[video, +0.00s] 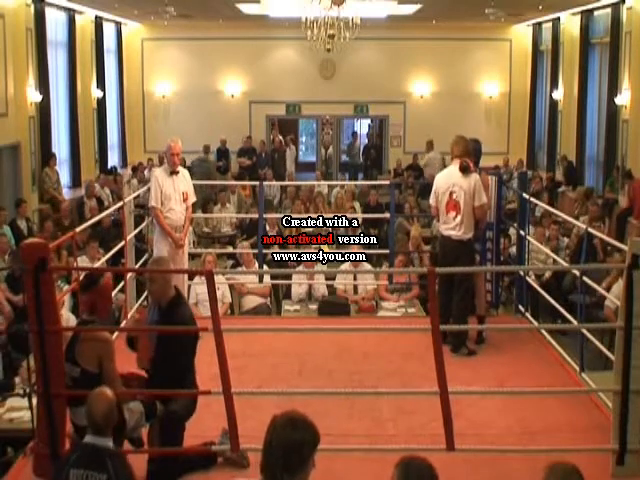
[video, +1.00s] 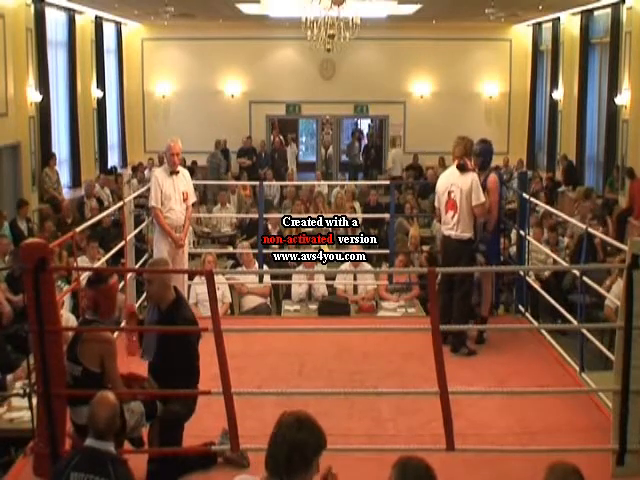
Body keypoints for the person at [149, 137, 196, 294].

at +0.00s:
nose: (176, 159)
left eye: (178, 155)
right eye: (172, 155)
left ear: (181, 155)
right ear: (166, 156)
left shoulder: (184, 174)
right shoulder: (158, 174)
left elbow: (189, 204)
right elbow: (154, 208)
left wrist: (184, 233)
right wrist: (171, 235)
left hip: (182, 226)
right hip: (164, 225)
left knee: (182, 267)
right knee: (163, 265)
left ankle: (181, 301)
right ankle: (162, 303)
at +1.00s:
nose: (175, 159)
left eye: (178, 155)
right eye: (172, 155)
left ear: (181, 155)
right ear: (165, 156)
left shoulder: (185, 174)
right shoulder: (158, 174)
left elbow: (189, 204)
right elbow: (154, 208)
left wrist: (184, 232)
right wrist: (171, 234)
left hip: (182, 226)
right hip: (164, 225)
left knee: (181, 268)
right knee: (163, 266)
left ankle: (181, 301)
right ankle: (162, 303)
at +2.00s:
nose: (176, 158)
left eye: (179, 154)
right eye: (172, 154)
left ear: (182, 155)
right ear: (166, 155)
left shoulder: (185, 173)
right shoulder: (158, 174)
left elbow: (190, 204)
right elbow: (155, 208)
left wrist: (184, 233)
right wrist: (172, 235)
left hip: (182, 227)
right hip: (164, 226)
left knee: (181, 269)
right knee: (164, 268)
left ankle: (181, 304)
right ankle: (163, 305)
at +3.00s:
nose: (176, 159)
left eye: (179, 155)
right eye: (172, 155)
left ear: (182, 155)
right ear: (166, 156)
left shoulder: (185, 174)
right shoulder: (158, 175)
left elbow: (189, 204)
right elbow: (156, 209)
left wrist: (184, 233)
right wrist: (172, 235)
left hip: (182, 227)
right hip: (164, 226)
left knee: (181, 270)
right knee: (163, 269)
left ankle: (181, 305)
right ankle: (163, 307)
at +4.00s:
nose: (180, 158)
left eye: (182, 154)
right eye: (177, 154)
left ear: (184, 156)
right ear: (168, 156)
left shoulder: (184, 172)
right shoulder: (158, 174)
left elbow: (188, 202)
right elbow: (164, 205)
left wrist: (185, 234)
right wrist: (184, 220)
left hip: (181, 228)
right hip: (165, 227)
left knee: (181, 269)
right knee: (163, 268)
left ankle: (181, 307)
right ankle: (163, 306)